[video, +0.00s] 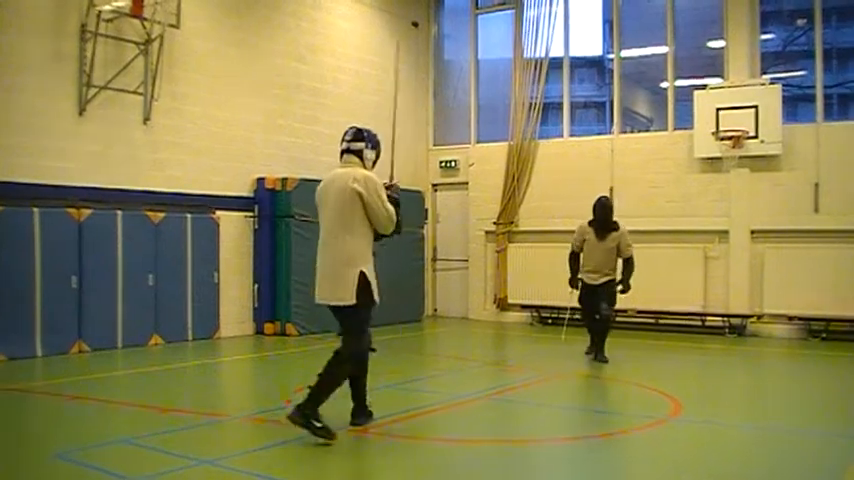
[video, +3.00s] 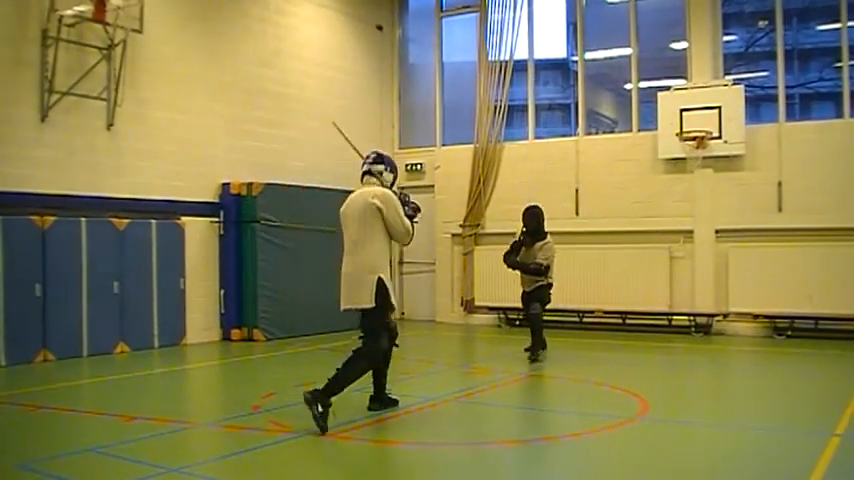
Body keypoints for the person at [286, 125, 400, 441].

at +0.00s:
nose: (376, 159)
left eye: (376, 154)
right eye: (376, 154)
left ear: (345, 151)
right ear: (369, 153)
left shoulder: (326, 183)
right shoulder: (366, 180)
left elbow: (335, 224)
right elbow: (387, 225)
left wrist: (374, 200)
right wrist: (390, 197)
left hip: (328, 280)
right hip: (355, 280)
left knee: (358, 344)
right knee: (355, 345)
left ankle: (360, 408)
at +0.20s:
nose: (353, 163)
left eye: (353, 157)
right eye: (353, 157)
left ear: (321, 153)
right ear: (346, 155)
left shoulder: (301, 186)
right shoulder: (339, 182)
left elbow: (321, 227)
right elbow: (362, 228)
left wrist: (356, 197)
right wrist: (366, 201)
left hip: (304, 285)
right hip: (325, 286)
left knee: (345, 340)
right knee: (311, 356)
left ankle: (355, 409)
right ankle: (263, 426)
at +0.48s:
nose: (313, 154)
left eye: (314, 148)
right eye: (312, 148)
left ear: (279, 144)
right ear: (303, 146)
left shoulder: (262, 177)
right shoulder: (296, 174)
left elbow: (280, 220)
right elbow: (322, 223)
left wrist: (318, 190)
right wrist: (327, 193)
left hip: (267, 281)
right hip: (290, 282)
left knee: (308, 345)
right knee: (285, 355)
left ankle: (325, 412)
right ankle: (249, 433)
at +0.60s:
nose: (296, 153)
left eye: (297, 147)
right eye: (295, 147)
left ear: (262, 143)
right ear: (286, 145)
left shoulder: (242, 178)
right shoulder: (282, 173)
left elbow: (258, 221)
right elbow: (307, 221)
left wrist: (301, 189)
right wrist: (310, 189)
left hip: (251, 280)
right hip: (276, 281)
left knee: (298, 345)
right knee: (273, 355)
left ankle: (296, 418)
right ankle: (239, 436)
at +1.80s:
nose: (336, 162)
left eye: (336, 157)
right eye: (335, 157)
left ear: (306, 154)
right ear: (328, 156)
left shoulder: (289, 185)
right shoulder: (322, 181)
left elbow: (306, 222)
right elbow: (345, 225)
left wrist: (338, 194)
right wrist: (349, 199)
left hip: (293, 278)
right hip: (315, 278)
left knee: (326, 344)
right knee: (325, 347)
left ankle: (325, 408)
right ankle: (280, 415)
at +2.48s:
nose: (352, 185)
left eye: (353, 180)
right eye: (351, 179)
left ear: (323, 173)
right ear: (342, 175)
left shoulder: (306, 201)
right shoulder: (333, 200)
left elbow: (326, 243)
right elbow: (353, 246)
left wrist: (354, 219)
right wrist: (362, 223)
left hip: (315, 291)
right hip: (333, 291)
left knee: (356, 338)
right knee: (339, 362)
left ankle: (371, 391)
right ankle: (286, 417)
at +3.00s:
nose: (394, 181)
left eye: (393, 177)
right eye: (394, 176)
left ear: (365, 173)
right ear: (388, 174)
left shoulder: (349, 201)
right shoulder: (384, 196)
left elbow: (366, 237)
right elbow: (404, 235)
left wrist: (398, 212)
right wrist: (408, 215)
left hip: (355, 279)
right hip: (375, 279)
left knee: (386, 335)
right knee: (377, 344)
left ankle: (380, 395)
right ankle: (322, 396)